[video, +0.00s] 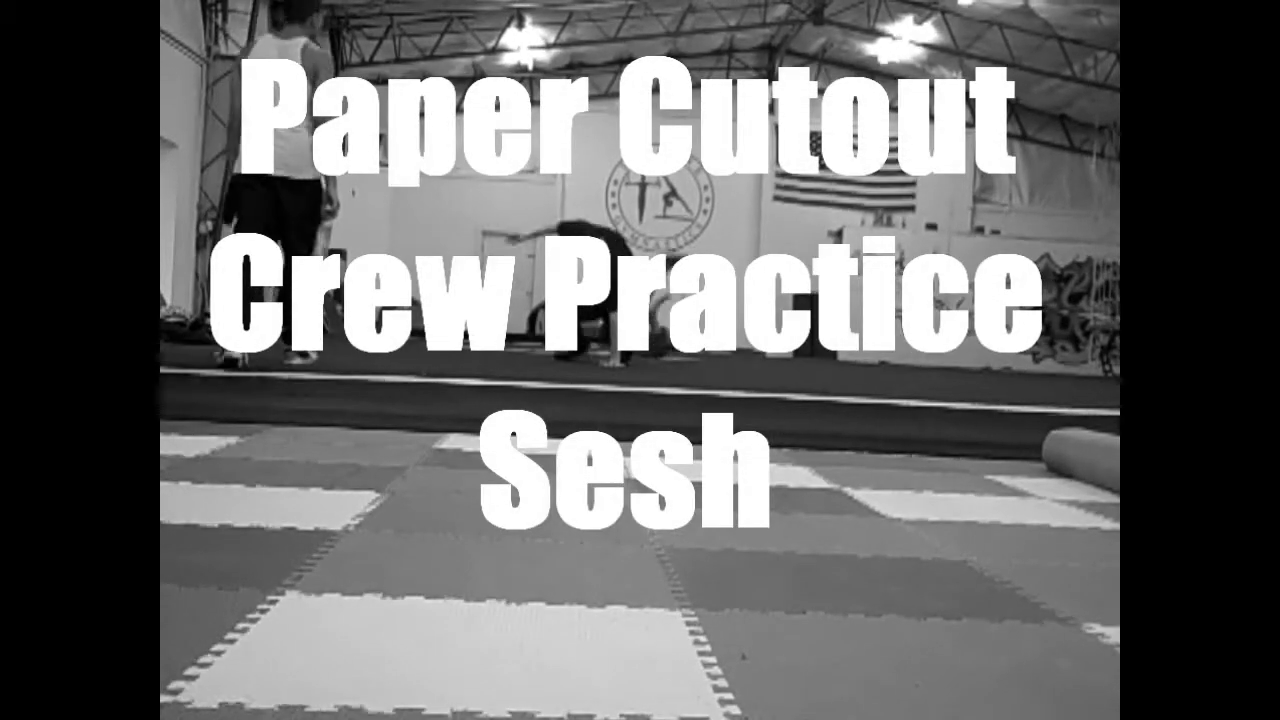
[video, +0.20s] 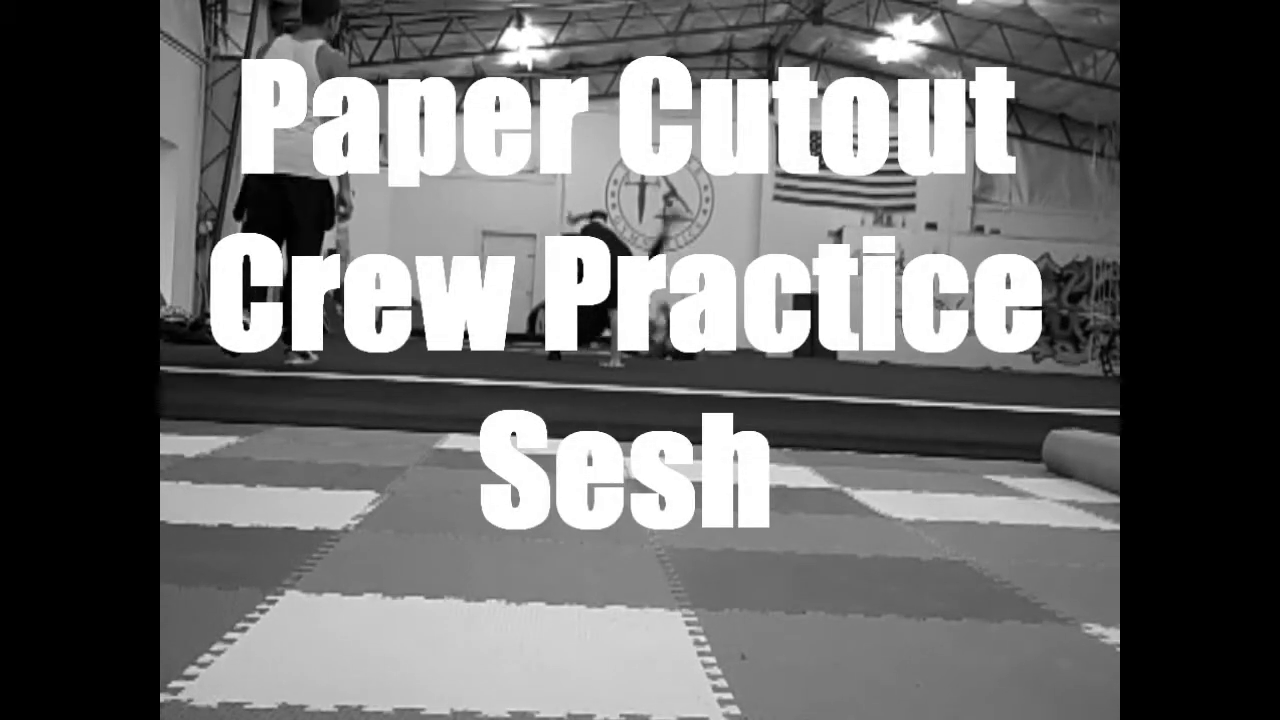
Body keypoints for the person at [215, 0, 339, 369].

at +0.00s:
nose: (321, 21)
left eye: (322, 15)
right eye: (320, 14)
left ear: (276, 13)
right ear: (311, 16)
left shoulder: (252, 51)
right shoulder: (317, 55)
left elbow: (236, 118)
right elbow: (324, 125)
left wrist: (230, 170)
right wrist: (332, 183)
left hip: (252, 174)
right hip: (299, 179)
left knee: (246, 259)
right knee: (300, 262)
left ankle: (235, 343)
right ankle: (301, 346)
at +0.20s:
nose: (340, 25)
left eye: (338, 17)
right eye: (339, 18)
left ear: (302, 13)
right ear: (333, 19)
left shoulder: (269, 49)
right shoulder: (333, 59)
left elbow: (248, 111)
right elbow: (343, 128)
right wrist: (345, 186)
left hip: (263, 176)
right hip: (310, 179)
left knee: (255, 256)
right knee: (305, 265)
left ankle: (238, 332)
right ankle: (299, 347)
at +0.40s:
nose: (346, 27)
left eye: (343, 19)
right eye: (345, 20)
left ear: (307, 17)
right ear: (338, 21)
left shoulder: (279, 51)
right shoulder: (341, 62)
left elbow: (258, 113)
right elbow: (355, 129)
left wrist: (252, 173)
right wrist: (359, 186)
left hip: (271, 177)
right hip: (314, 181)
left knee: (267, 258)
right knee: (306, 266)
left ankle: (255, 337)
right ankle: (299, 347)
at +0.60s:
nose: (343, 31)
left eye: (340, 25)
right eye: (343, 25)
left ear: (306, 22)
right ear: (338, 26)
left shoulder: (284, 57)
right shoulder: (342, 65)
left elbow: (263, 120)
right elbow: (358, 131)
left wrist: (257, 175)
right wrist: (364, 188)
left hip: (277, 178)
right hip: (317, 181)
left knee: (279, 260)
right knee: (309, 264)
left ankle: (280, 339)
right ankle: (301, 345)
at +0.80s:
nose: (336, 34)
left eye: (333, 30)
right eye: (336, 30)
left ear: (299, 29)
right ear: (331, 31)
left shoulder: (277, 67)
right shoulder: (340, 70)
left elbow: (259, 129)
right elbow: (354, 137)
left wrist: (258, 183)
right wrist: (362, 190)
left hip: (281, 185)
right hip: (323, 185)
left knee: (288, 266)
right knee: (310, 266)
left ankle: (292, 341)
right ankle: (300, 346)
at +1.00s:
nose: (328, 37)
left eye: (324, 33)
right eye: (327, 32)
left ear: (289, 34)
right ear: (321, 33)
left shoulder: (273, 70)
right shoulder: (336, 69)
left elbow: (256, 134)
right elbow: (350, 132)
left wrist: (255, 190)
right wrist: (354, 187)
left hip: (281, 188)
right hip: (325, 187)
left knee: (290, 267)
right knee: (317, 267)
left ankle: (294, 341)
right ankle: (304, 343)